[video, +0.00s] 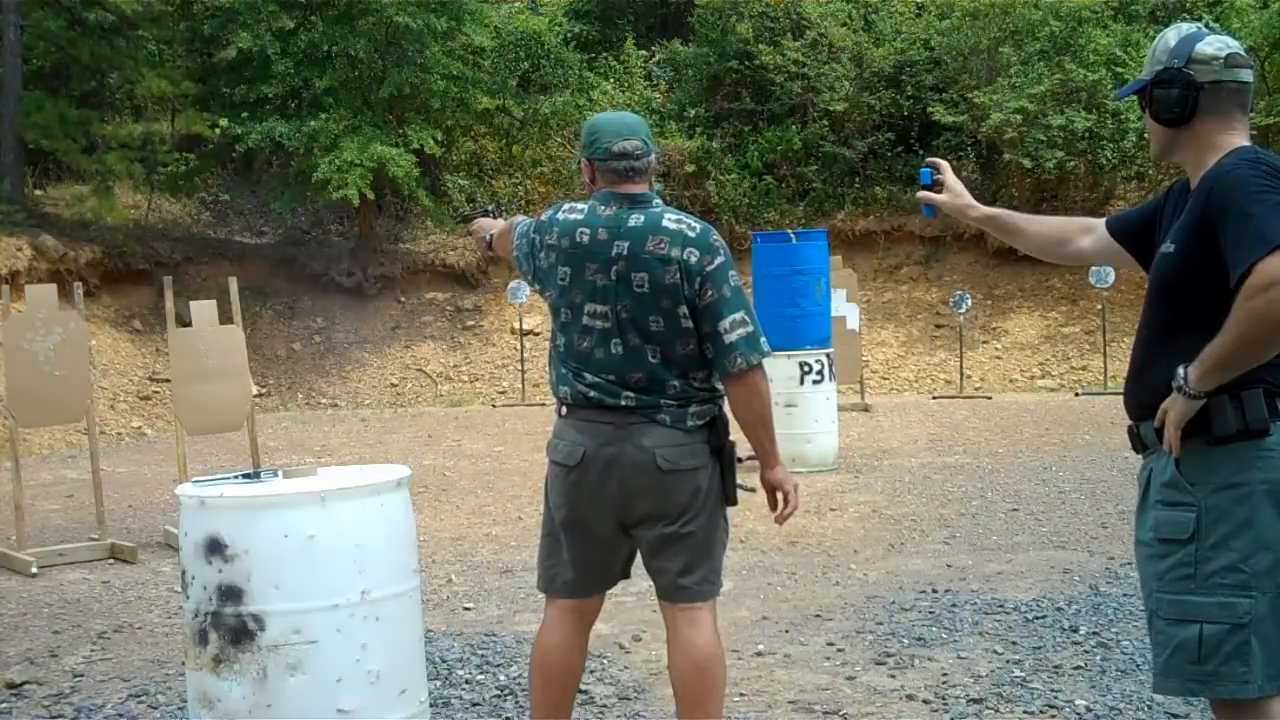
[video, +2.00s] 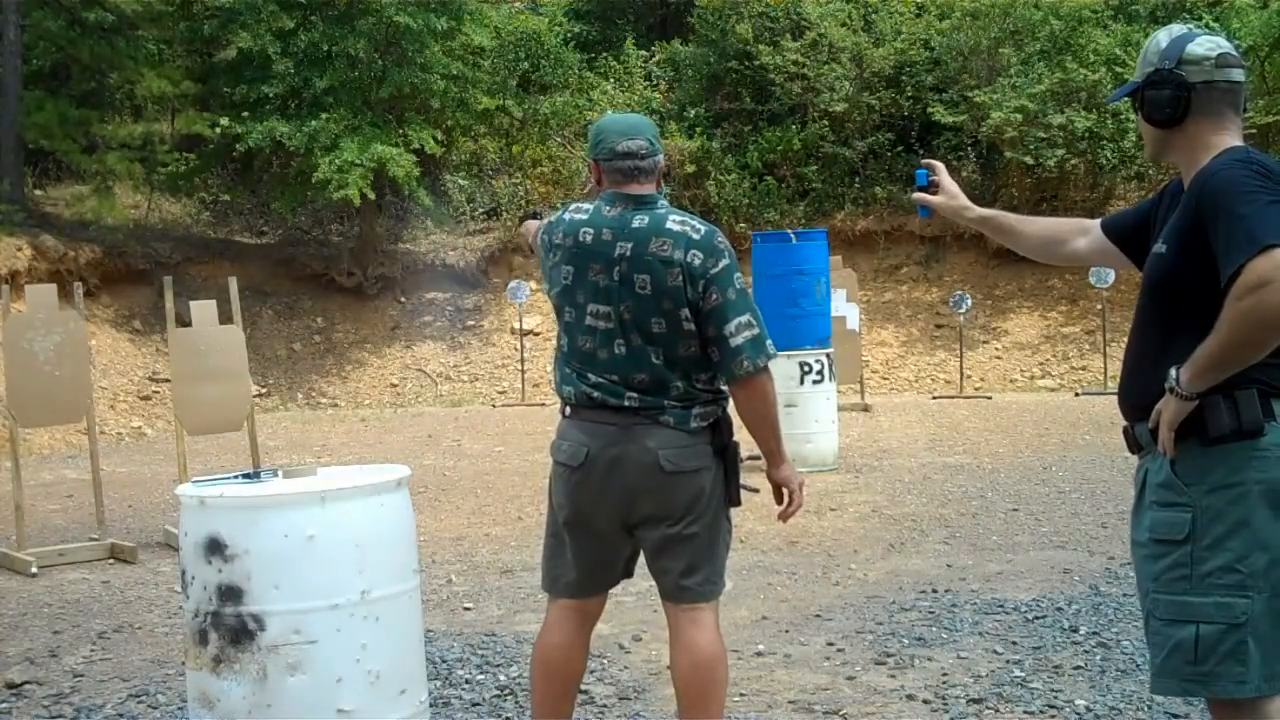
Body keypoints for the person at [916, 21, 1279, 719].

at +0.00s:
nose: (1146, 115)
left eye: (1151, 101)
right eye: (1147, 101)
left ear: (1176, 103)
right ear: (1225, 101)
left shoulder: (1243, 179)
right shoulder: (1189, 197)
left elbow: (1273, 284)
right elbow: (1084, 237)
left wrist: (1193, 383)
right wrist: (975, 212)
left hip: (1223, 463)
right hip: (1204, 459)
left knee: (1242, 691)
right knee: (1240, 685)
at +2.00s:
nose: (1139, 117)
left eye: (1143, 102)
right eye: (1139, 103)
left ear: (1167, 103)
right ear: (1223, 101)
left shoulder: (1234, 180)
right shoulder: (1183, 196)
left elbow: (1270, 286)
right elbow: (1081, 239)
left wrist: (1184, 385)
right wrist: (969, 214)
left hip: (1224, 463)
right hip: (1209, 459)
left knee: (1241, 694)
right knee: (1241, 687)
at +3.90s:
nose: (1136, 140)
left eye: (1138, 125)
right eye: (1138, 127)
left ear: (1148, 122)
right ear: (1226, 122)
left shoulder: (1178, 198)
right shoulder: (1261, 205)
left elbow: (1173, 297)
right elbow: (1137, 244)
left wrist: (1108, 384)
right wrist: (1033, 216)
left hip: (1188, 449)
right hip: (1265, 445)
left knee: (1184, 684)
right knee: (1219, 671)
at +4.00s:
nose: (1137, 143)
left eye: (1140, 128)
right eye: (1140, 129)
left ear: (1147, 127)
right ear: (1225, 127)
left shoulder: (1168, 202)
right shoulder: (1262, 208)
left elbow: (1154, 301)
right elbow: (1144, 245)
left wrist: (1076, 385)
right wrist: (1045, 218)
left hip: (1181, 452)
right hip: (1268, 449)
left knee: (1125, 675)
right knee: (1221, 664)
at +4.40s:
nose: (1111, 156)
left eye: (1112, 145)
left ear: (1113, 149)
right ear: (1185, 149)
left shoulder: (1108, 221)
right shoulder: (1230, 228)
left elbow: (1073, 326)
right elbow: (1157, 277)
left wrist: (1033, 446)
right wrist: (1067, 233)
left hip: (1125, 452)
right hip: (1230, 447)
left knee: (1061, 618)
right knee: (1218, 645)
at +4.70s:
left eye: (1051, 161)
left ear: (1047, 168)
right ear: (1117, 163)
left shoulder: (1032, 240)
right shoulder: (1159, 232)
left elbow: (986, 349)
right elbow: (1103, 282)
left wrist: (958, 455)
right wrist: (1026, 238)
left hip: (1060, 442)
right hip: (1162, 442)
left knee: (1051, 622)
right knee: (1160, 624)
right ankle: (1181, 713)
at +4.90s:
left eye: (1024, 159)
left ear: (1021, 160)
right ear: (1085, 160)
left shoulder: (1002, 234)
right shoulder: (1125, 228)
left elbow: (947, 347)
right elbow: (1070, 248)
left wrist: (935, 430)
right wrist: (1011, 215)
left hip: (1036, 424)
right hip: (1129, 422)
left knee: (1050, 612)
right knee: (1107, 590)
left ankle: (1078, 717)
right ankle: (1108, 711)